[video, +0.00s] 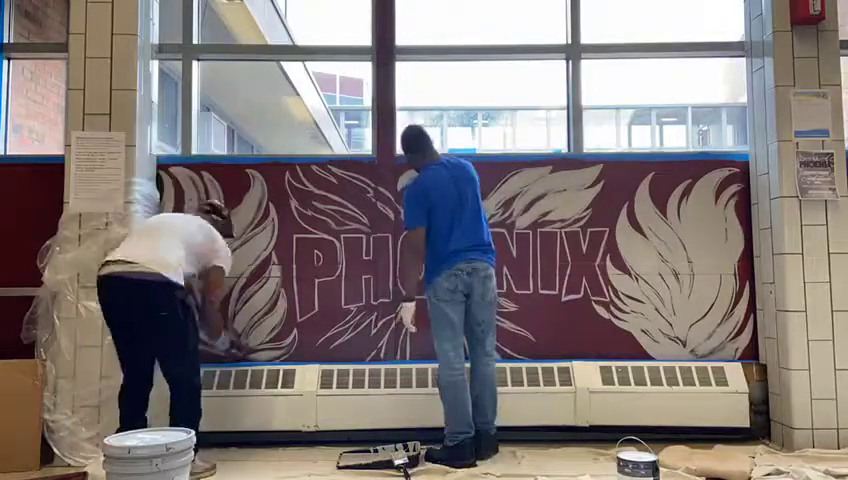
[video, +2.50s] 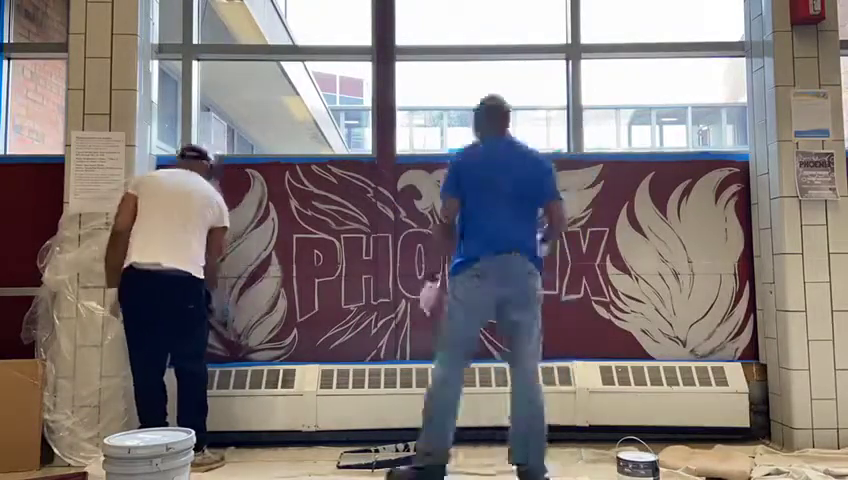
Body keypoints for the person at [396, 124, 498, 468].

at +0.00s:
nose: (409, 161)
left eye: (408, 157)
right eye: (411, 155)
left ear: (409, 156)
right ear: (434, 145)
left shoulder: (416, 187)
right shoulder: (466, 168)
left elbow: (415, 242)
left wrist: (408, 297)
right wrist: (419, 175)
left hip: (446, 271)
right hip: (483, 266)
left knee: (451, 357)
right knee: (484, 352)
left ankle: (460, 443)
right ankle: (486, 437)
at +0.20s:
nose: (436, 146)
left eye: (435, 140)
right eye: (447, 140)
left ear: (434, 141)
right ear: (461, 141)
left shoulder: (429, 178)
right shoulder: (484, 173)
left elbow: (419, 231)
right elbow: (484, 222)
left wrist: (406, 273)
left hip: (448, 268)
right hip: (487, 265)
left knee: (455, 357)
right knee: (485, 353)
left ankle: (464, 446)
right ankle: (486, 436)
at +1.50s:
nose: (488, 149)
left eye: (484, 144)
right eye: (497, 145)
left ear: (479, 144)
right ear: (505, 148)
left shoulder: (461, 166)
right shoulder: (517, 181)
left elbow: (442, 214)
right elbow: (518, 232)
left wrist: (439, 237)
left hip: (466, 265)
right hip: (505, 268)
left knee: (450, 345)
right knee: (499, 351)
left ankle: (448, 443)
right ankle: (499, 445)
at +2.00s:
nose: (497, 152)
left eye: (490, 144)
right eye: (505, 148)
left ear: (483, 144)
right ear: (512, 149)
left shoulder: (458, 175)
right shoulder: (520, 182)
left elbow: (440, 222)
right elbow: (519, 228)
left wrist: (457, 199)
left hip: (467, 272)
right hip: (507, 271)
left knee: (479, 355)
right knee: (532, 353)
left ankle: (492, 443)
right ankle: (552, 437)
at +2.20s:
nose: (538, 147)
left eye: (530, 138)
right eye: (544, 142)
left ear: (520, 140)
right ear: (547, 144)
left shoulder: (494, 175)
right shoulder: (559, 178)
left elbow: (478, 222)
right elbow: (560, 220)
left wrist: (485, 247)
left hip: (505, 272)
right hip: (546, 271)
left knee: (498, 354)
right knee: (553, 355)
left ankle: (493, 443)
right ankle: (562, 443)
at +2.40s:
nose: (569, 147)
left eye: (560, 139)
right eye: (577, 142)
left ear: (553, 140)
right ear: (581, 144)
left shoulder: (528, 173)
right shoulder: (592, 182)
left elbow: (510, 225)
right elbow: (592, 227)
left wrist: (498, 271)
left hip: (531, 273)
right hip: (573, 273)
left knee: (514, 355)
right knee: (567, 357)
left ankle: (506, 438)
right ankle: (563, 441)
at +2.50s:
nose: (478, 131)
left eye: (476, 124)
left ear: (477, 125)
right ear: (508, 123)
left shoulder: (465, 159)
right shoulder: (535, 161)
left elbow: (447, 216)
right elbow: (558, 220)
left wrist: (446, 266)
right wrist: (543, 241)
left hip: (475, 267)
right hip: (522, 266)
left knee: (449, 363)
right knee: (526, 369)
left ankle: (431, 459)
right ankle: (531, 466)